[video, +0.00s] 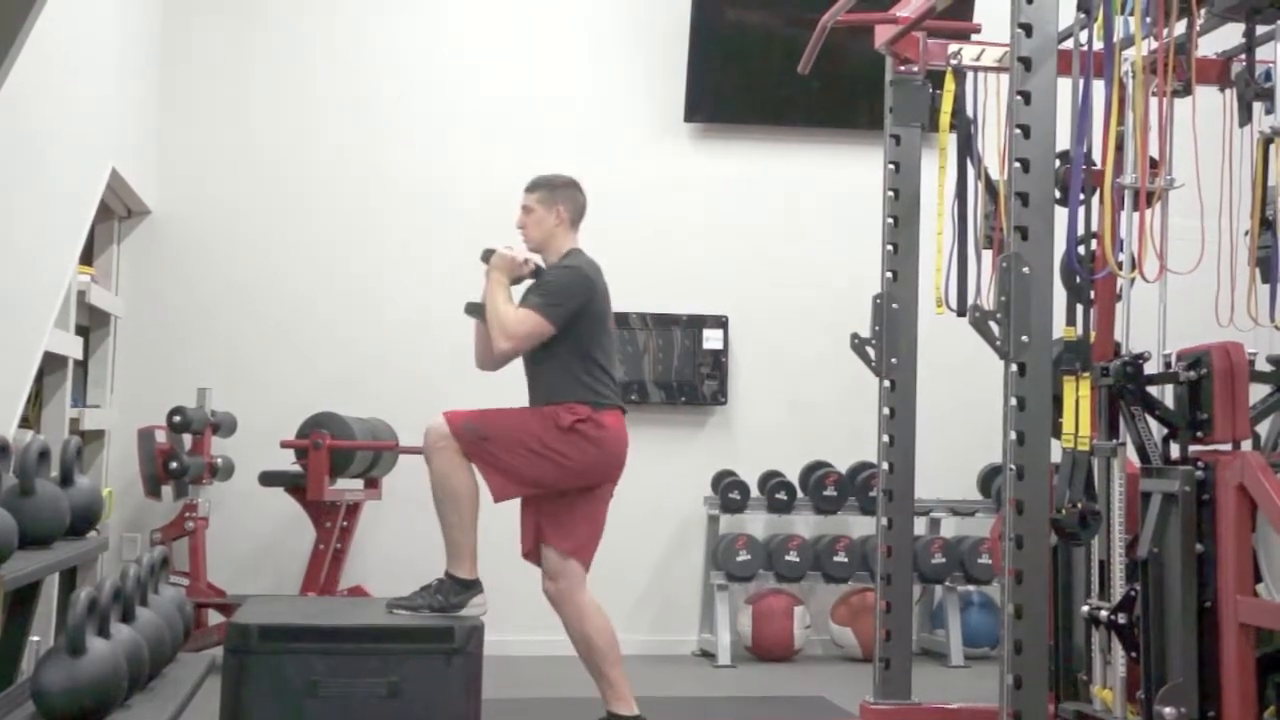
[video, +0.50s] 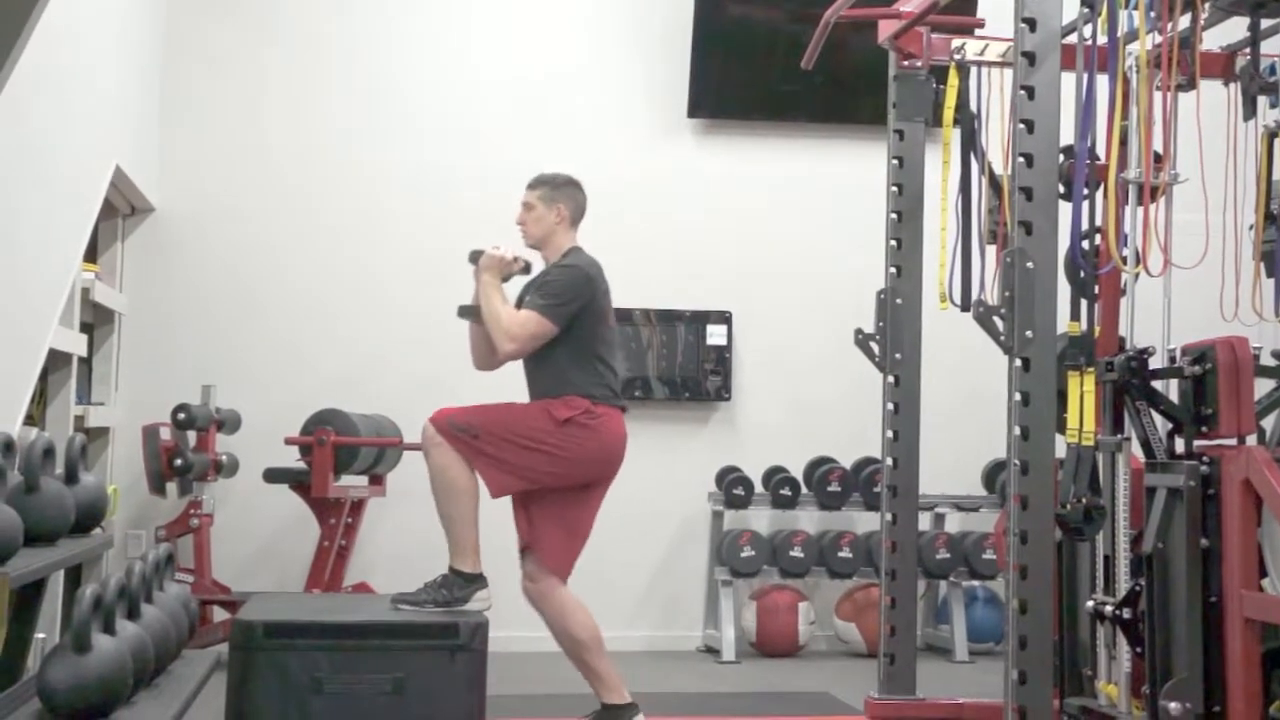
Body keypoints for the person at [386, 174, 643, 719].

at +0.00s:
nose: (518, 222)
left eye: (528, 212)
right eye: (521, 212)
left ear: (560, 216)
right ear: (557, 217)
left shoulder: (577, 275)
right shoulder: (554, 281)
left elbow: (508, 338)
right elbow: (490, 357)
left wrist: (497, 277)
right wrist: (495, 290)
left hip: (581, 430)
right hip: (589, 436)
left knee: (444, 435)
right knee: (564, 583)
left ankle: (461, 581)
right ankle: (624, 710)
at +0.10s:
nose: (527, 218)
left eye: (537, 208)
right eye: (529, 208)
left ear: (569, 211)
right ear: (565, 213)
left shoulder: (584, 271)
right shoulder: (564, 277)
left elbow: (515, 335)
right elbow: (496, 354)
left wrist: (504, 273)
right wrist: (502, 286)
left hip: (585, 426)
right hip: (595, 433)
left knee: (447, 435)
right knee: (569, 581)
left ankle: (460, 582)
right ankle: (625, 710)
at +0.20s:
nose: (535, 217)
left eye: (544, 207)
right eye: (536, 207)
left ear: (576, 211)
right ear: (572, 212)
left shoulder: (590, 269)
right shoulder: (569, 276)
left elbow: (522, 333)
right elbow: (501, 351)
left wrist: (512, 272)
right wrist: (504, 285)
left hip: (589, 424)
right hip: (599, 433)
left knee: (451, 432)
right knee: (570, 578)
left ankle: (460, 582)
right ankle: (625, 710)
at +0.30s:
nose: (545, 205)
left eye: (554, 195)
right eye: (547, 194)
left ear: (586, 201)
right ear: (581, 202)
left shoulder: (598, 259)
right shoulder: (575, 265)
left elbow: (531, 325)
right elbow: (506, 340)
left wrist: (515, 263)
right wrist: (509, 276)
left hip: (587, 414)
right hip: (596, 422)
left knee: (449, 429)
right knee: (586, 566)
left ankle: (463, 575)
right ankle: (624, 706)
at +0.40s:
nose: (532, 208)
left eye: (542, 198)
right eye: (534, 198)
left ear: (574, 204)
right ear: (567, 205)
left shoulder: (588, 263)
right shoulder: (561, 271)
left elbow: (523, 330)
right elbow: (498, 347)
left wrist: (502, 269)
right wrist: (499, 281)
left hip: (587, 415)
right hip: (592, 425)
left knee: (448, 429)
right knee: (564, 574)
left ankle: (464, 575)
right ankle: (622, 705)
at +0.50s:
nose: (518, 219)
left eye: (529, 209)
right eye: (521, 209)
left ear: (561, 215)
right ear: (558, 216)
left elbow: (511, 339)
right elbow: (487, 359)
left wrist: (489, 279)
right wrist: (486, 292)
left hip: (583, 423)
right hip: (584, 433)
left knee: (444, 429)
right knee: (540, 578)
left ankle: (464, 576)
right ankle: (618, 704)